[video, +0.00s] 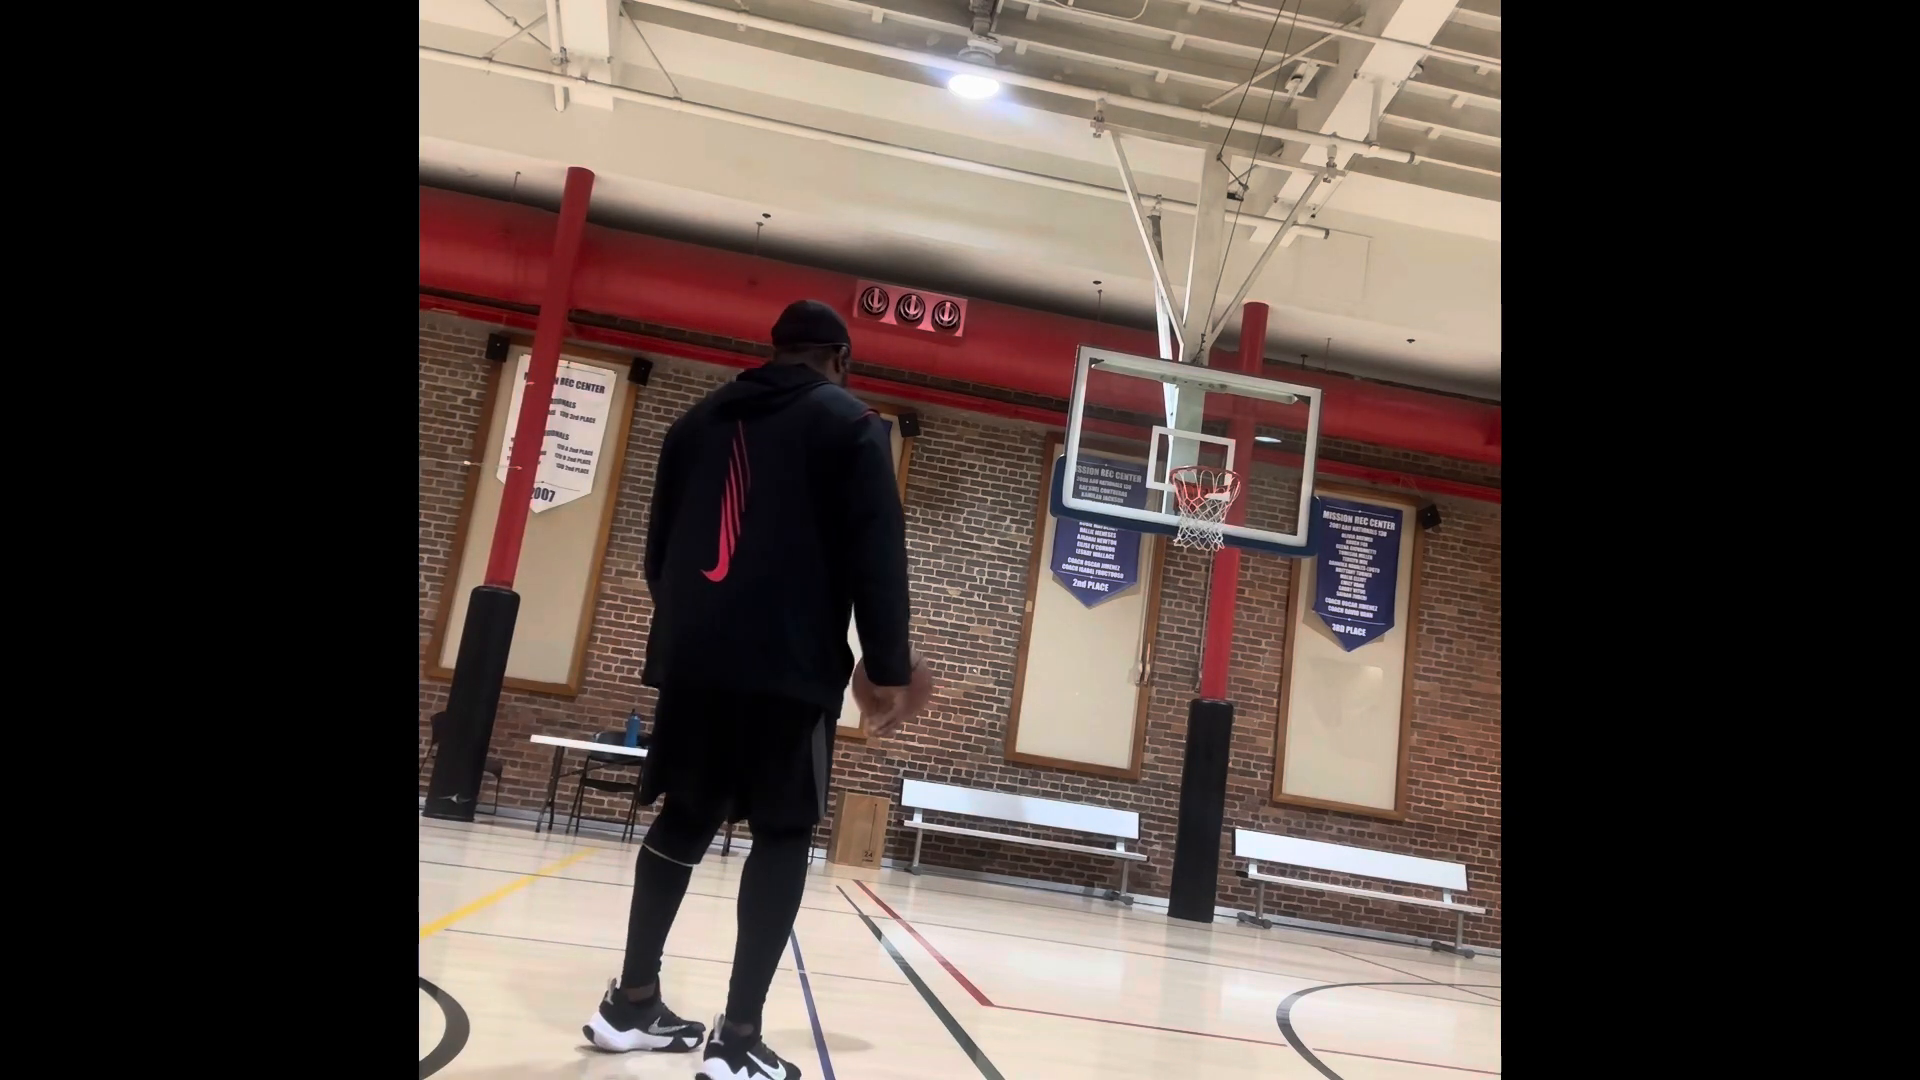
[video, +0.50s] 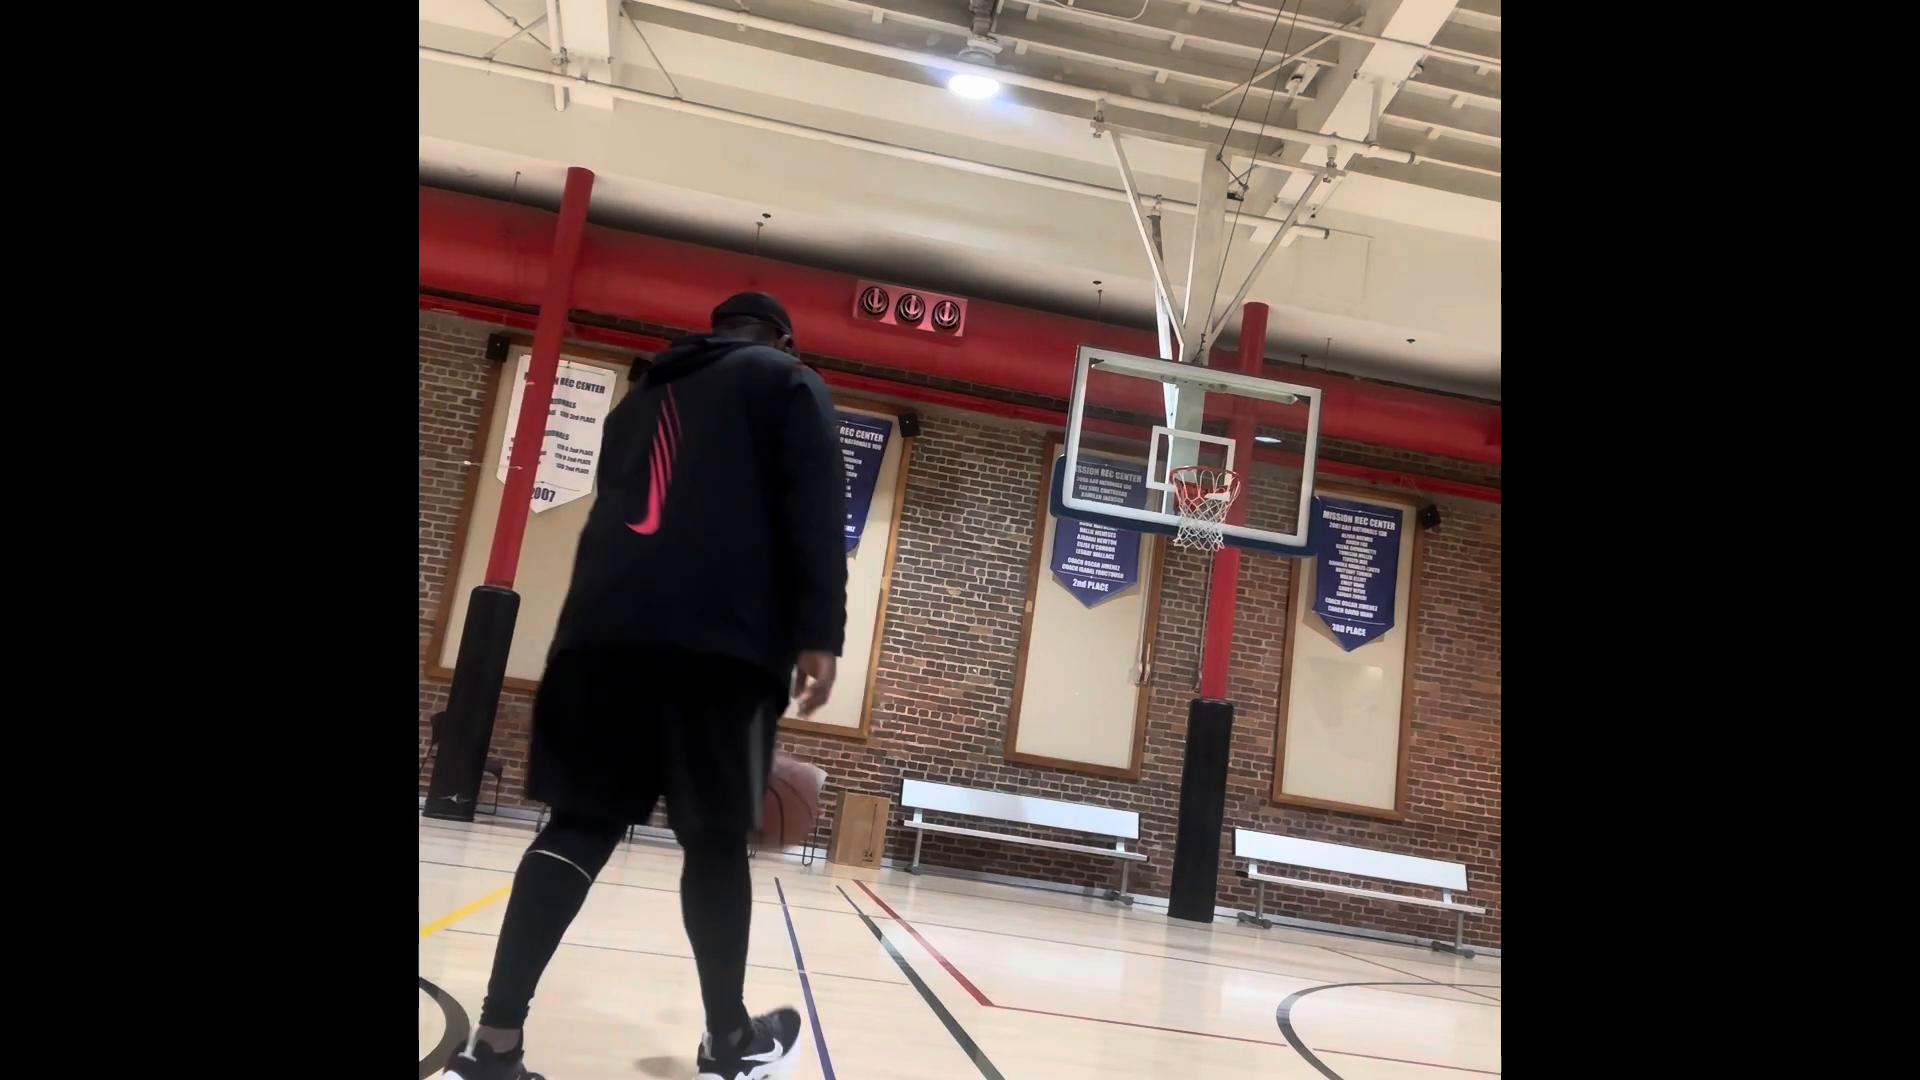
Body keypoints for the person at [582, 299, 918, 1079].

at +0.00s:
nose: (846, 376)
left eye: (842, 367)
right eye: (847, 366)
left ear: (773, 352)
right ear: (834, 359)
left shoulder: (702, 417)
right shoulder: (849, 427)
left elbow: (660, 545)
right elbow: (877, 553)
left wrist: (688, 628)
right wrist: (890, 666)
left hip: (692, 657)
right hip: (790, 667)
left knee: (689, 812)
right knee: (784, 835)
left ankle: (632, 1000)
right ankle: (738, 1037)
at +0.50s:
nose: (792, 358)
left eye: (785, 345)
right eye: (791, 346)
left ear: (712, 331)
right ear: (779, 339)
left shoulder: (639, 398)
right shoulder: (787, 381)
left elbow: (608, 525)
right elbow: (815, 511)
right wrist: (819, 633)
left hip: (604, 637)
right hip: (723, 647)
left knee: (581, 822)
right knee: (716, 839)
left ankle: (495, 1038)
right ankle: (728, 1034)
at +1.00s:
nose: (798, 334)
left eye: (795, 323)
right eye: (797, 323)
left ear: (718, 297)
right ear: (780, 309)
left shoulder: (636, 355)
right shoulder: (783, 335)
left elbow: (567, 470)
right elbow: (815, 475)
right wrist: (825, 621)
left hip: (559, 577)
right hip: (675, 586)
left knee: (555, 809)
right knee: (678, 833)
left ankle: (485, 1043)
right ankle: (622, 1067)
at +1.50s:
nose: (920, 296)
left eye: (926, 285)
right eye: (921, 276)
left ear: (836, 225)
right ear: (890, 239)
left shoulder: (730, 280)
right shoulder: (861, 273)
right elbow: (876, 415)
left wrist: (794, 613)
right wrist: (935, 589)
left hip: (546, 541)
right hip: (684, 564)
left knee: (503, 815)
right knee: (687, 851)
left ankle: (416, 1021)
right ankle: (617, 1068)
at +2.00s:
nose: (828, 275)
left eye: (831, 264)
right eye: (829, 259)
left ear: (737, 217)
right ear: (807, 238)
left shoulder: (622, 284)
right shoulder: (792, 267)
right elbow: (858, 405)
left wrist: (727, 590)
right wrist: (820, 569)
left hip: (482, 525)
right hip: (629, 543)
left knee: (451, 809)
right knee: (635, 841)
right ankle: (597, 1068)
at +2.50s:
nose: (669, 277)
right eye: (670, 266)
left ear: (570, 243)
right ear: (659, 263)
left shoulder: (478, 308)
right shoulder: (696, 337)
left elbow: (425, 425)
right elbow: (728, 497)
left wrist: (454, 523)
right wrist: (653, 567)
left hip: (443, 571)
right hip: (601, 586)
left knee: (429, 819)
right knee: (611, 831)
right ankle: (614, 1057)